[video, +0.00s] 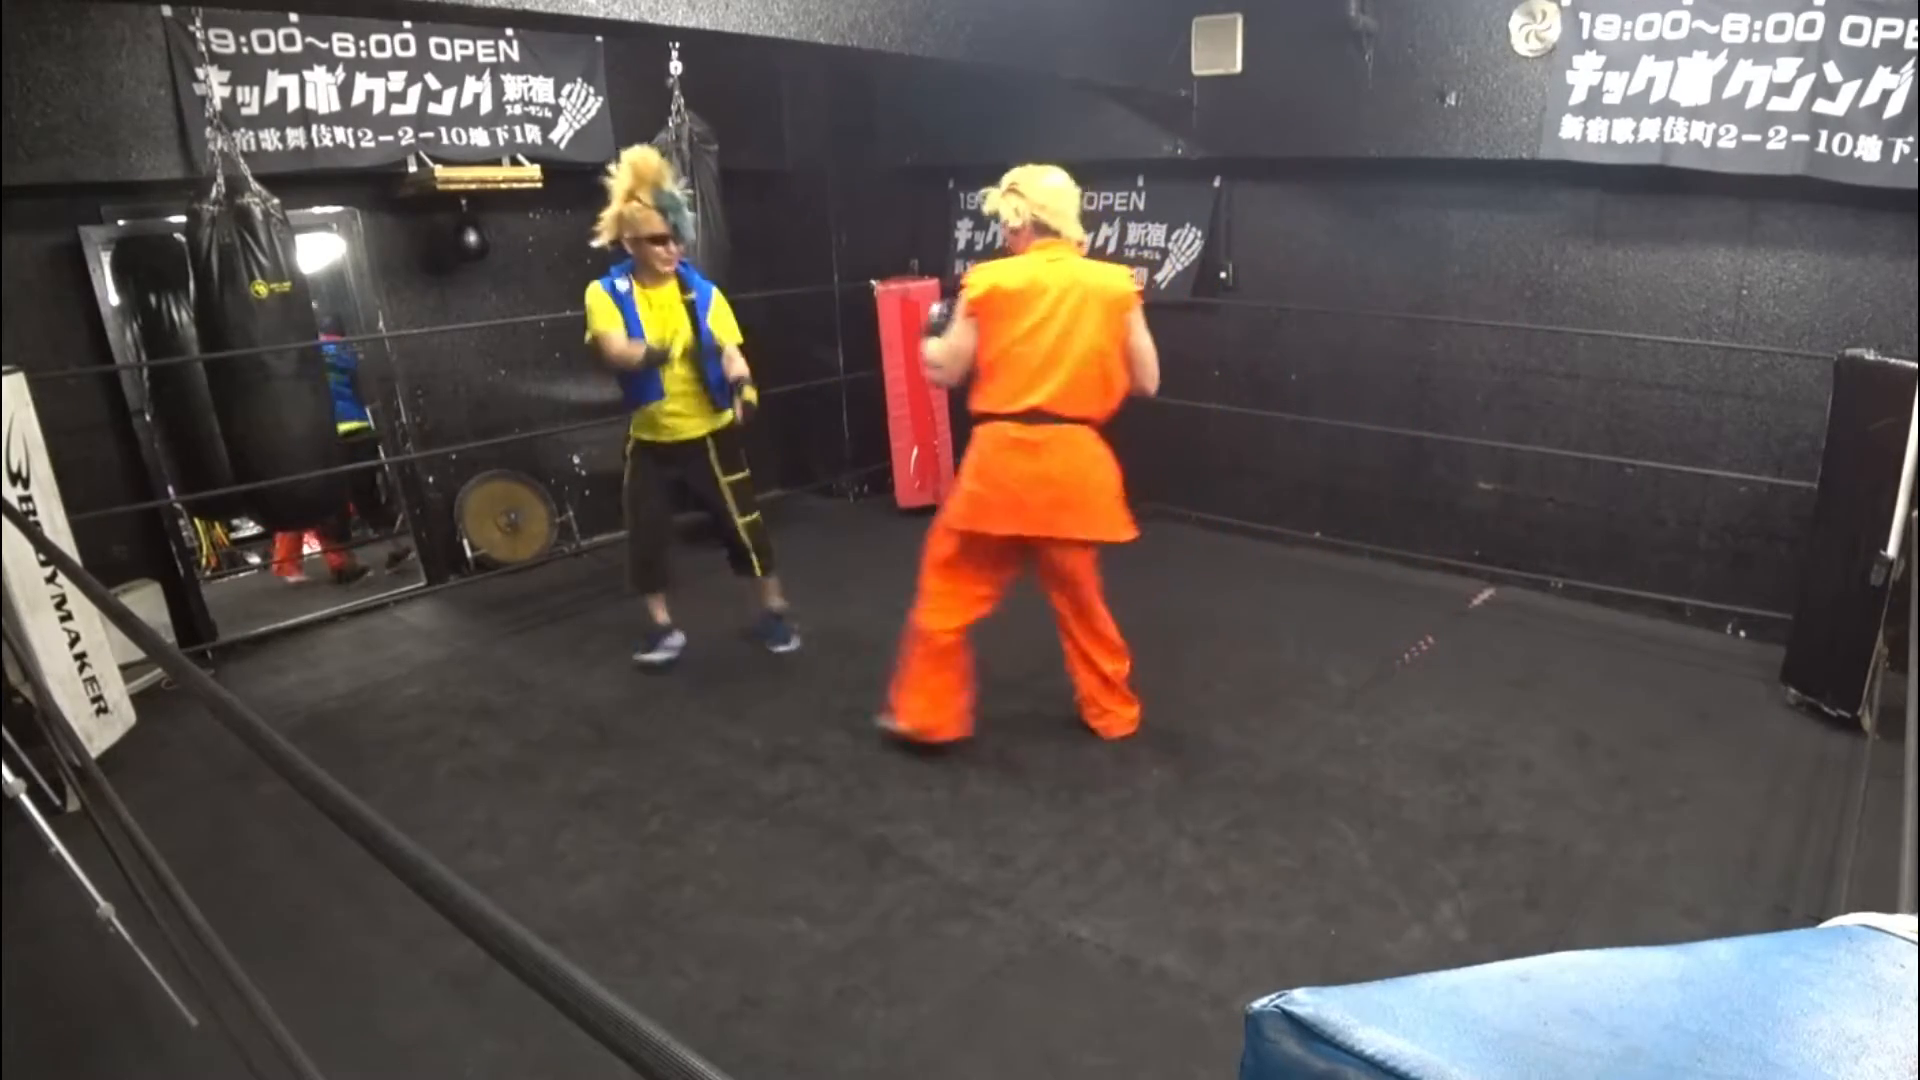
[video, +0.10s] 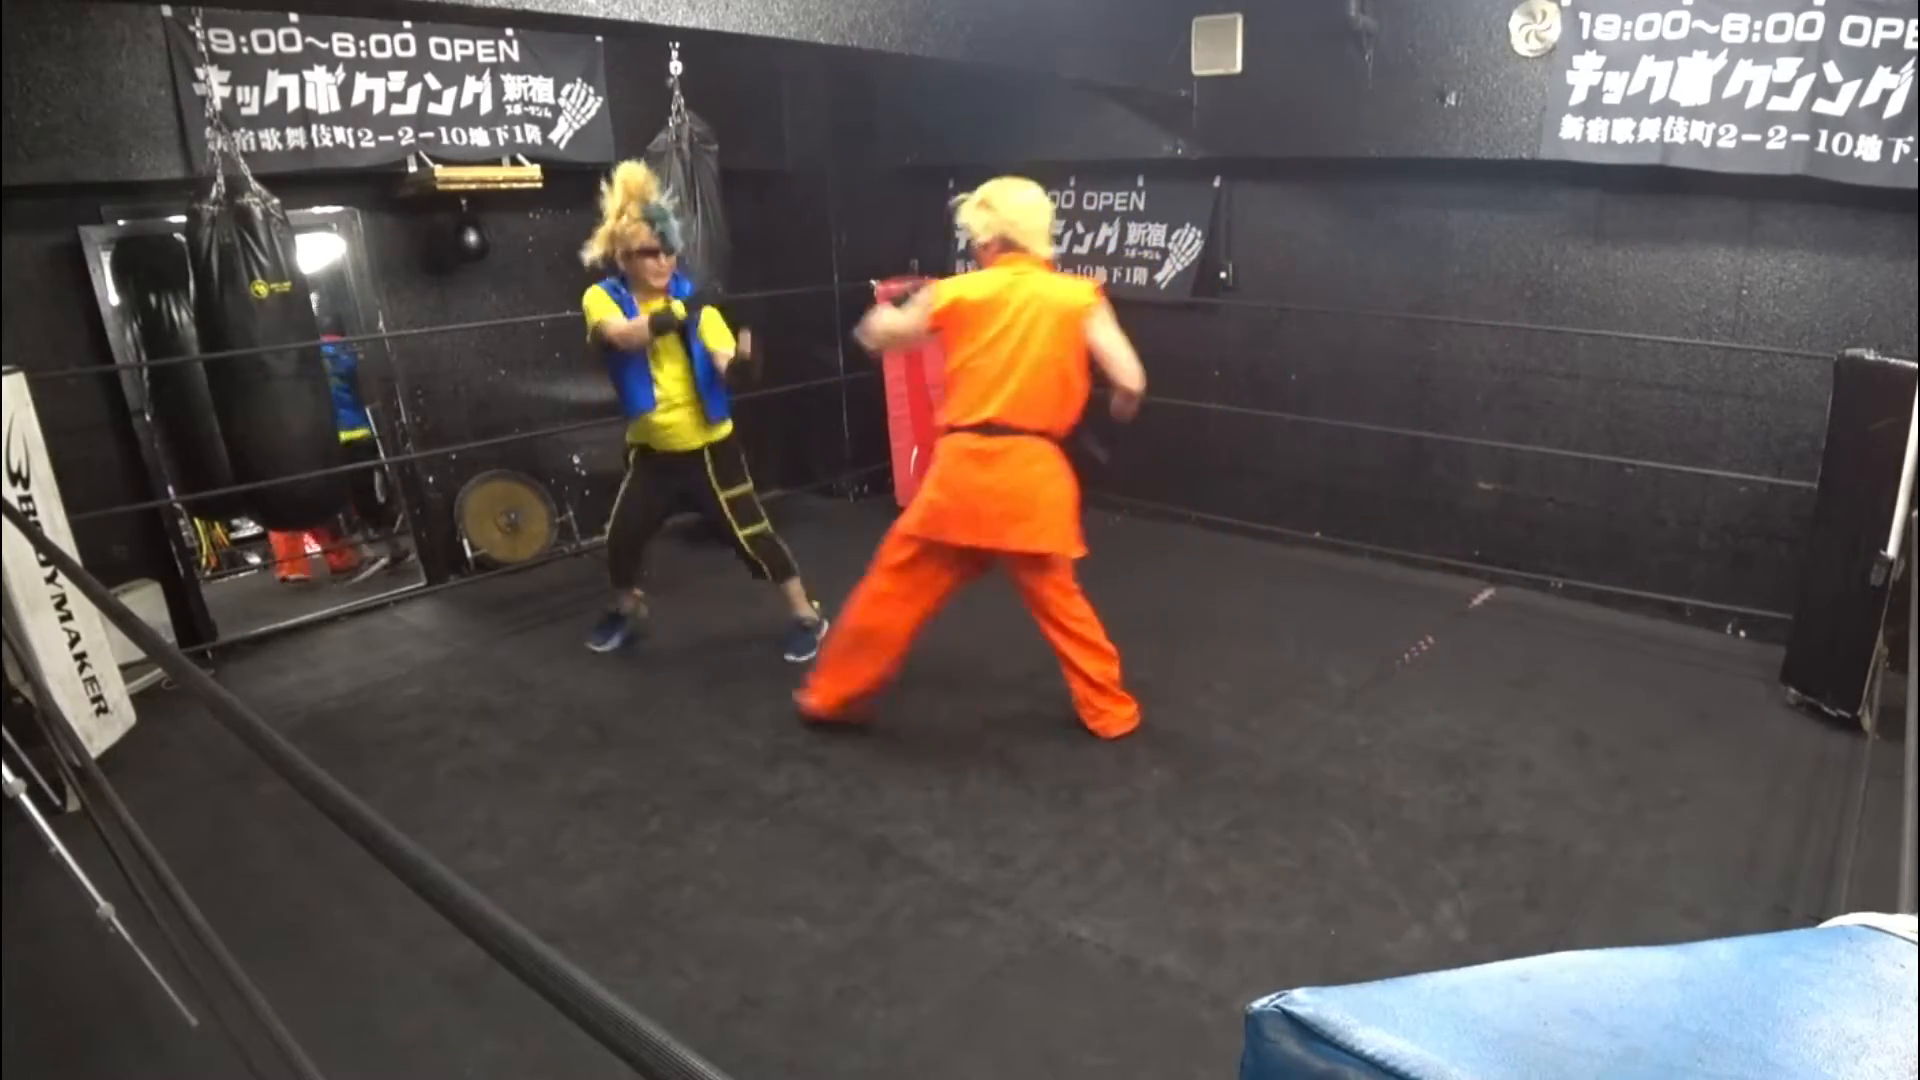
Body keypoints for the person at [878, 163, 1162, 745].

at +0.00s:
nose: (1001, 233)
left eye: (1006, 222)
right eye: (1003, 221)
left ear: (1027, 223)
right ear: (1065, 223)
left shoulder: (990, 281)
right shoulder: (1114, 285)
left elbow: (947, 368)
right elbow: (1146, 379)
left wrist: (931, 339)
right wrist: (1088, 349)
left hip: (999, 459)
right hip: (1077, 459)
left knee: (948, 580)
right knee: (1079, 590)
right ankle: (1113, 711)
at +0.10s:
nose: (970, 246)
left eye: (974, 236)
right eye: (970, 236)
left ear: (994, 238)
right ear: (1038, 237)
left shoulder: (959, 292)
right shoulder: (1078, 297)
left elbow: (875, 334)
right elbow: (1130, 381)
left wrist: (883, 310)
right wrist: (1117, 411)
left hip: (961, 472)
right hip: (1038, 474)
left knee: (895, 580)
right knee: (1061, 598)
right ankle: (1111, 712)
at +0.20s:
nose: (921, 253)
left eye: (925, 246)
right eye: (924, 245)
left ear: (938, 251)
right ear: (993, 249)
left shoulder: (900, 300)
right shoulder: (1020, 310)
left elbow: (836, 311)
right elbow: (1072, 370)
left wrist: (886, 300)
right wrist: (1088, 418)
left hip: (917, 493)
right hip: (995, 490)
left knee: (842, 597)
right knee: (1040, 607)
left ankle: (767, 694)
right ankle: (1108, 712)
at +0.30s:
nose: (866, 260)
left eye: (870, 253)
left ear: (877, 261)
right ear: (938, 261)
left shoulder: (839, 324)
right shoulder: (963, 327)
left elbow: (795, 405)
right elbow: (978, 396)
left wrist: (827, 348)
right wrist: (997, 420)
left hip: (871, 507)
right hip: (948, 504)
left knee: (809, 612)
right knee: (996, 607)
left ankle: (757, 718)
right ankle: (1091, 699)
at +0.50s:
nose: (753, 309)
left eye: (752, 297)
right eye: (748, 298)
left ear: (772, 291)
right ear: (805, 275)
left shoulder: (820, 357)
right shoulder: (842, 311)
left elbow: (818, 459)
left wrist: (781, 412)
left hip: (852, 510)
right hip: (905, 493)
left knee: (780, 609)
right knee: (922, 610)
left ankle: (755, 722)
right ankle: (1029, 694)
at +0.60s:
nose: (733, 305)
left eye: (734, 294)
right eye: (731, 295)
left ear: (757, 291)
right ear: (779, 279)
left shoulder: (806, 353)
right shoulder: (809, 311)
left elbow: (826, 458)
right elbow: (734, 306)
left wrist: (788, 440)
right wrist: (672, 318)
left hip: (852, 505)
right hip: (899, 482)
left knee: (775, 609)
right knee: (933, 601)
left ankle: (754, 723)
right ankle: (1035, 689)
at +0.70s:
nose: (717, 299)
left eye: (716, 288)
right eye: (714, 288)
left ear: (733, 282)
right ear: (764, 263)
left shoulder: (776, 347)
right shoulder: (810, 297)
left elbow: (804, 453)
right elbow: (826, 380)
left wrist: (769, 438)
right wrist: (762, 390)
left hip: (840, 491)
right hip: (893, 466)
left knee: (782, 606)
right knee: (933, 588)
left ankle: (756, 723)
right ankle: (1037, 682)